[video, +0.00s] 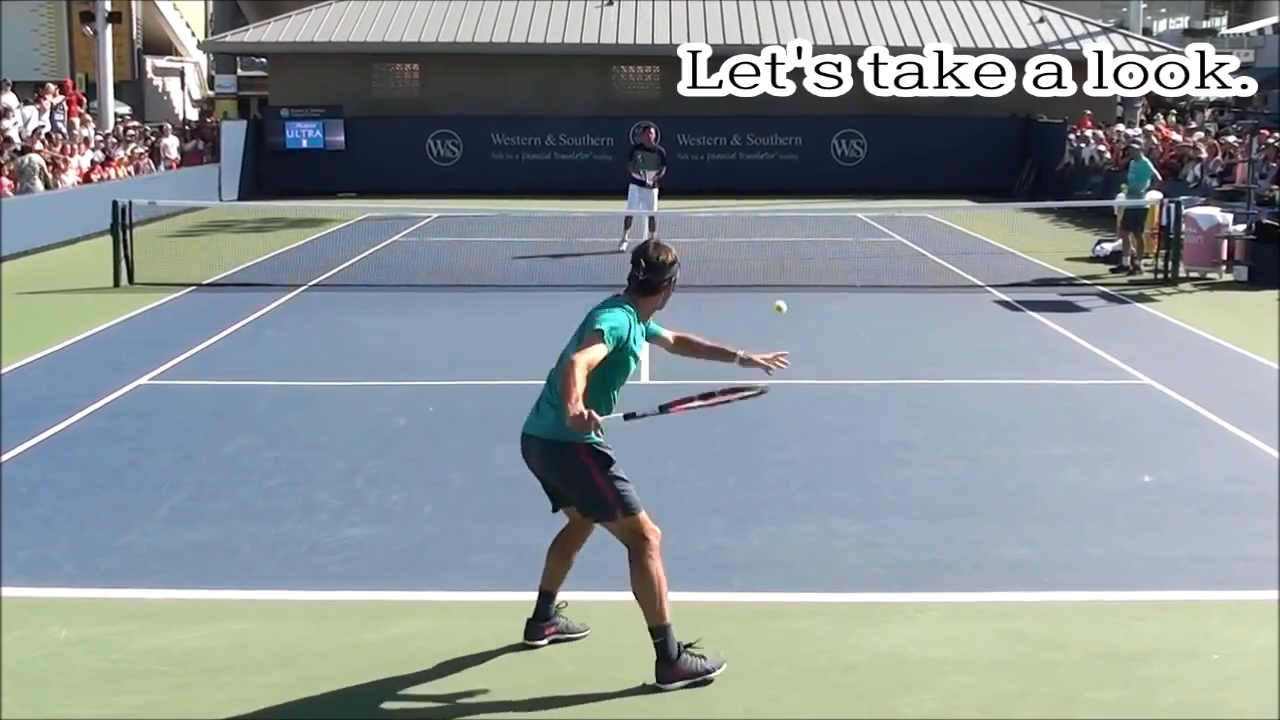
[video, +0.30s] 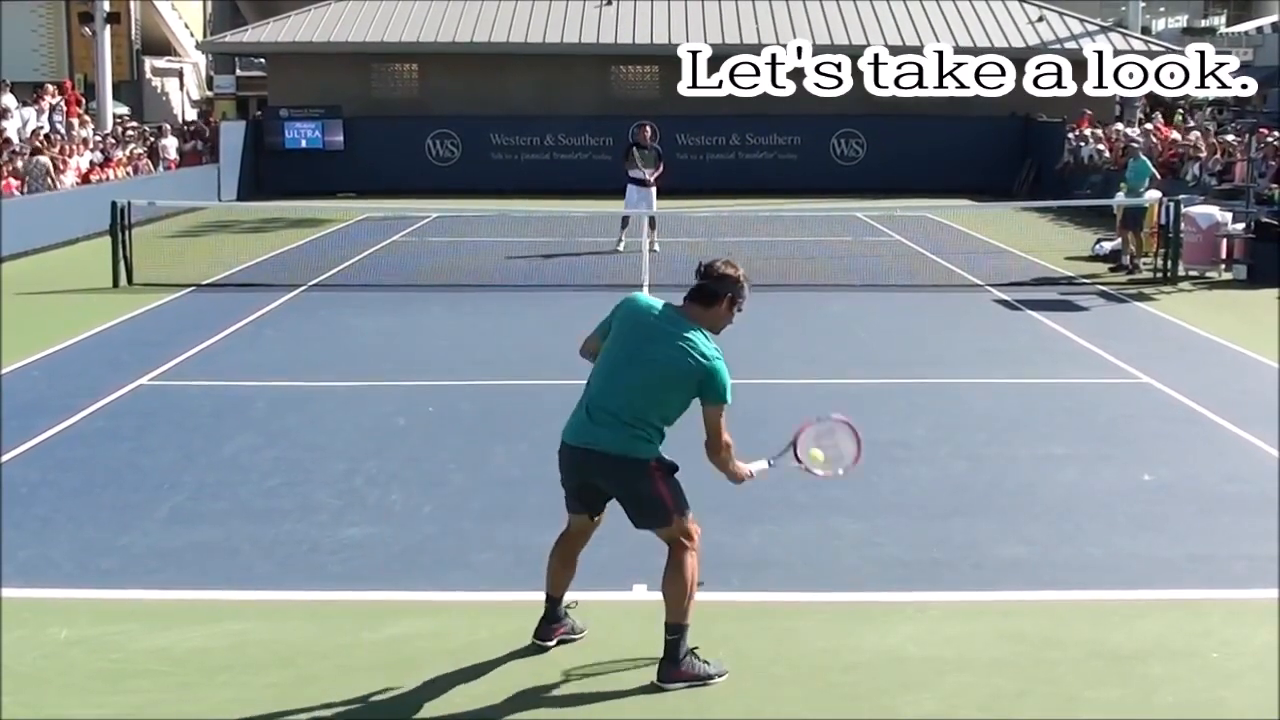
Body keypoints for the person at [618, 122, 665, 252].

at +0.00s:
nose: (650, 136)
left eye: (652, 133)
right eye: (648, 133)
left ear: (655, 136)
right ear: (643, 135)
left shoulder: (659, 151)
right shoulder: (635, 149)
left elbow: (663, 167)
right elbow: (629, 166)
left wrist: (655, 178)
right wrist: (639, 178)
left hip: (651, 186)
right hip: (636, 185)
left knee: (652, 214)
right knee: (630, 212)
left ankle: (652, 240)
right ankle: (624, 239)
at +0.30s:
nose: (645, 134)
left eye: (647, 131)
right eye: (643, 131)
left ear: (651, 134)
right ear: (638, 134)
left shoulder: (656, 150)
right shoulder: (632, 148)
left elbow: (660, 166)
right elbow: (627, 166)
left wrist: (652, 177)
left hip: (649, 184)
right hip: (633, 184)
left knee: (651, 213)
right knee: (627, 212)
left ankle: (653, 240)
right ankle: (621, 239)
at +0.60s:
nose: (647, 142)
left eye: (649, 139)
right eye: (645, 139)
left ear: (653, 142)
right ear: (640, 141)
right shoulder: (635, 155)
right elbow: (638, 171)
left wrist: (660, 173)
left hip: (649, 189)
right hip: (633, 189)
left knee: (663, 213)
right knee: (626, 215)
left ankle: (666, 240)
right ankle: (612, 240)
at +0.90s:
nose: (665, 138)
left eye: (667, 135)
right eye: (663, 135)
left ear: (669, 137)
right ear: (657, 136)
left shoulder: (671, 151)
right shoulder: (650, 150)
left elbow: (688, 157)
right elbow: (641, 166)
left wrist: (703, 152)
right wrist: (651, 166)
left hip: (664, 185)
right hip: (650, 186)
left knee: (667, 212)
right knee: (649, 212)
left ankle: (660, 240)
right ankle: (637, 239)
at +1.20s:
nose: (676, 139)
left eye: (678, 136)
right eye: (673, 136)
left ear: (680, 138)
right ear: (667, 137)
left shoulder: (683, 154)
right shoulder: (659, 153)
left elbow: (684, 169)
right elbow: (649, 170)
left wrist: (685, 176)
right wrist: (655, 163)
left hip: (678, 183)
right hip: (664, 183)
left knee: (679, 213)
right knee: (675, 211)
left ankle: (665, 238)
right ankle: (678, 243)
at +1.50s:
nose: (682, 137)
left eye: (684, 135)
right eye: (680, 134)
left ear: (686, 137)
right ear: (674, 136)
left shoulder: (689, 153)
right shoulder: (665, 150)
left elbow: (692, 168)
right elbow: (659, 165)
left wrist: (688, 178)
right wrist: (662, 172)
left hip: (682, 185)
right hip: (668, 186)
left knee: (686, 214)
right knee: (674, 214)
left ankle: (689, 242)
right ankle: (676, 243)